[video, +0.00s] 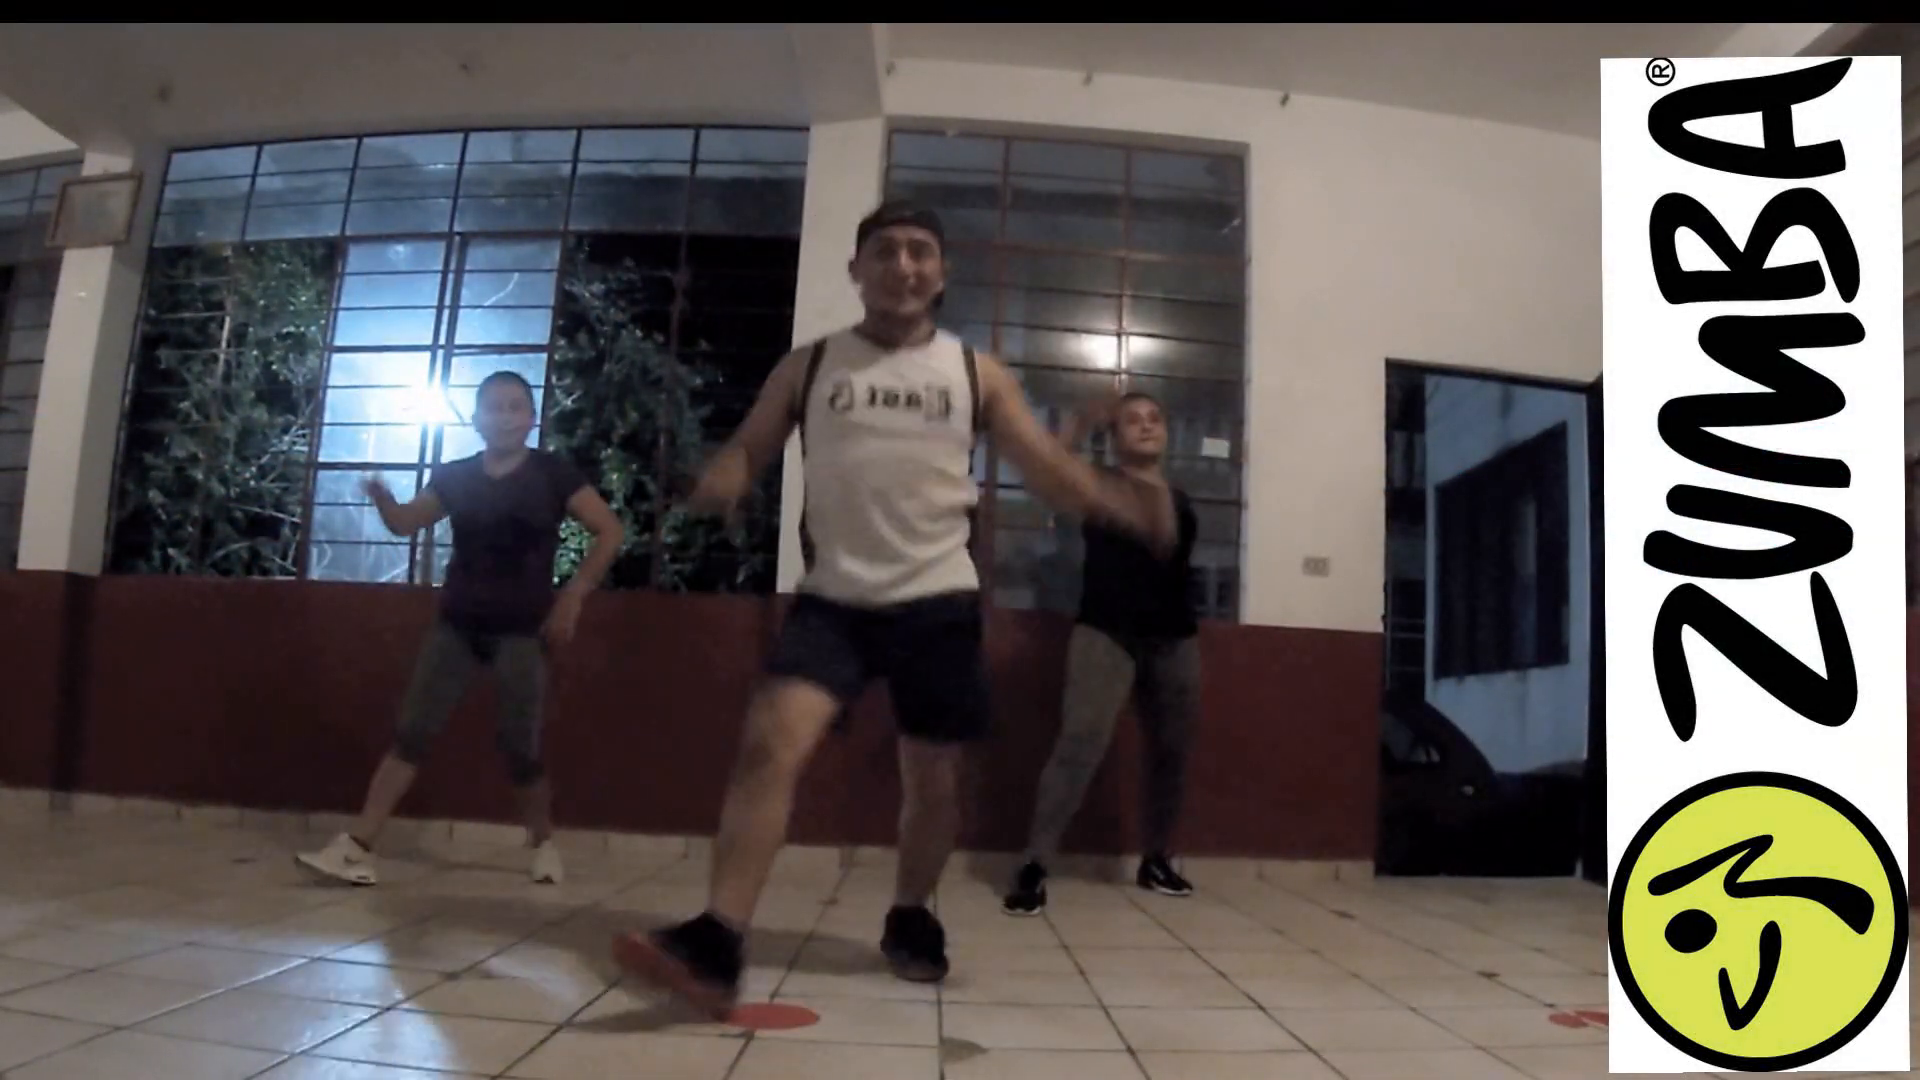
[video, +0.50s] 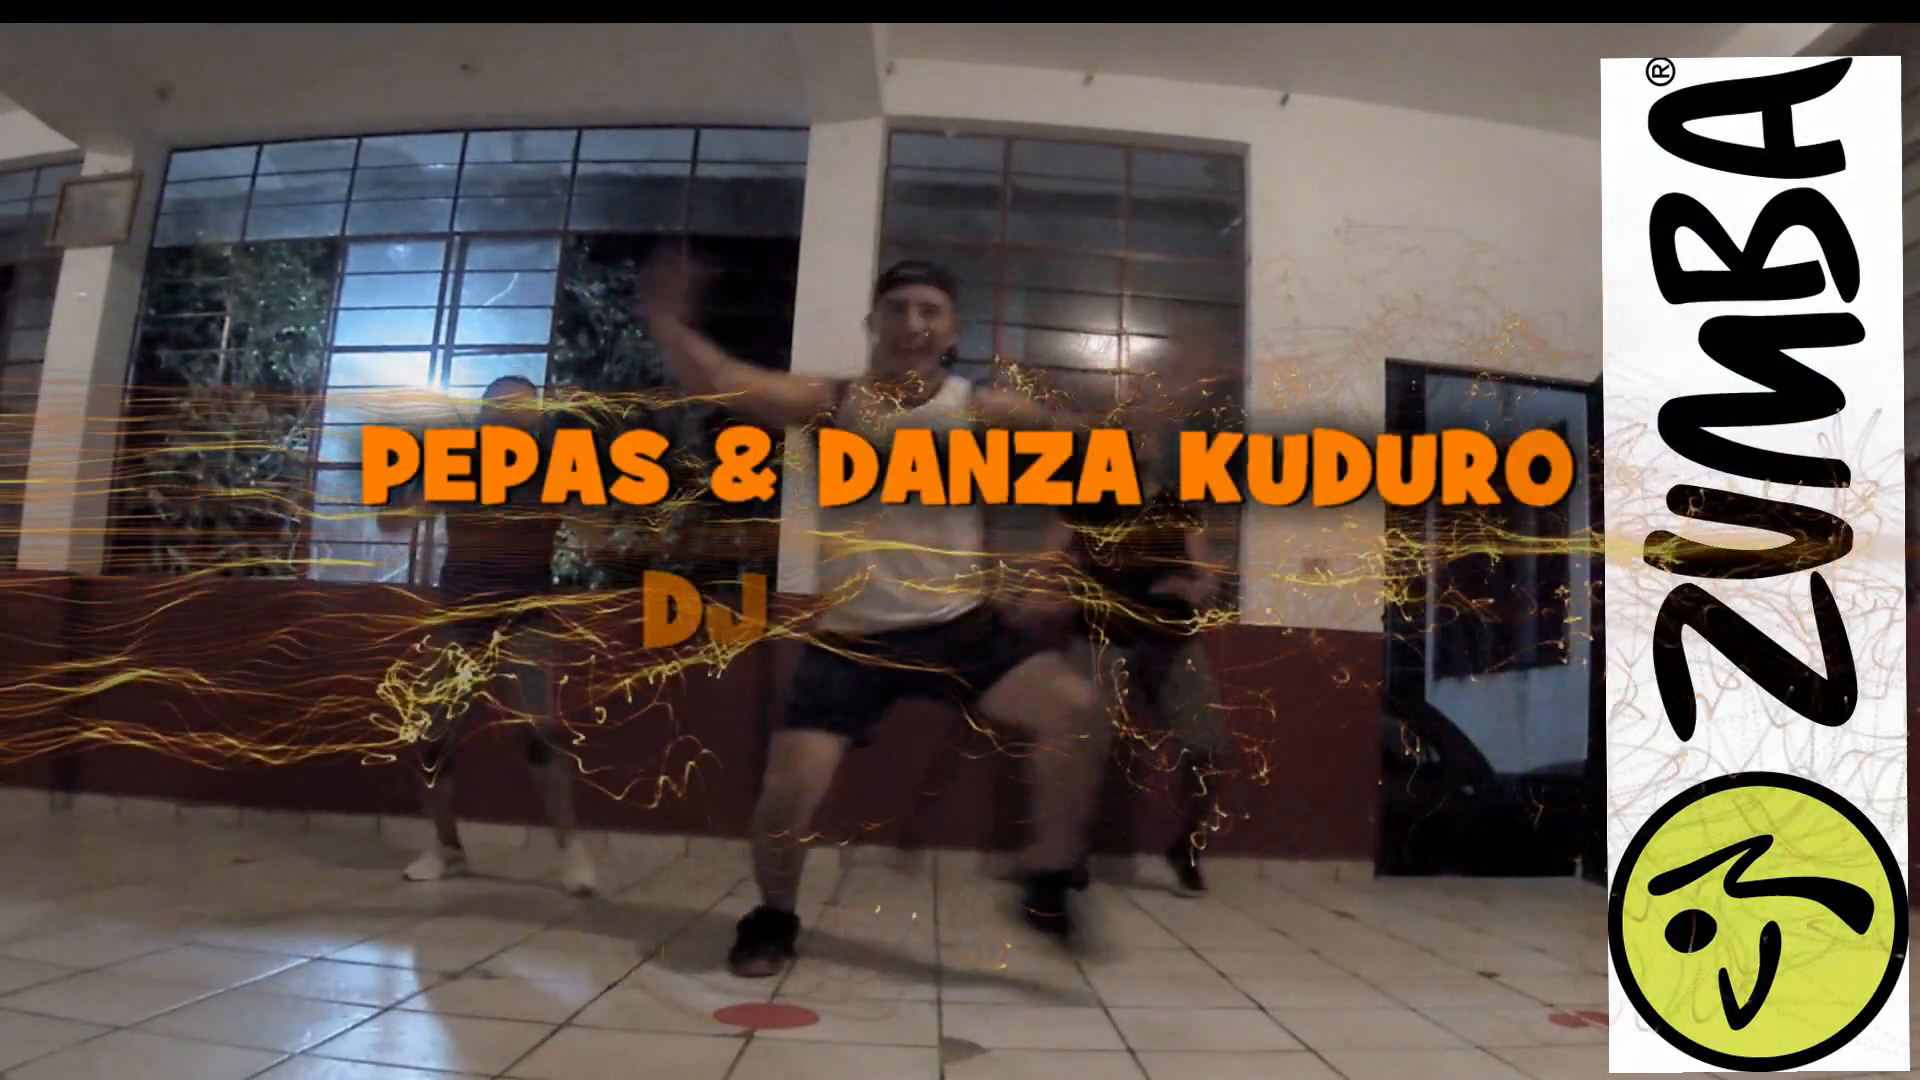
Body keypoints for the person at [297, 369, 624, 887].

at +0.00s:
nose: (506, 416)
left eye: (516, 407)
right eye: (495, 407)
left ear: (531, 416)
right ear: (478, 417)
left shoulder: (554, 473)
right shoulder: (455, 476)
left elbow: (611, 533)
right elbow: (403, 523)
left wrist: (571, 599)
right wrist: (383, 500)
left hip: (521, 629)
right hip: (457, 624)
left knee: (523, 748)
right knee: (411, 735)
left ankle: (541, 845)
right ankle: (357, 844)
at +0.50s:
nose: (514, 416)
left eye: (522, 408)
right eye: (505, 408)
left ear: (537, 413)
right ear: (486, 412)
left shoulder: (552, 462)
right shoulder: (458, 461)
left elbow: (595, 529)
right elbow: (395, 519)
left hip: (526, 607)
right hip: (462, 606)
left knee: (541, 727)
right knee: (437, 729)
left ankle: (571, 848)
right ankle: (445, 847)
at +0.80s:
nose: (556, 408)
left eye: (567, 397)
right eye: (547, 398)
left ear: (590, 397)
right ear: (535, 399)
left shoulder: (615, 453)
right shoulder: (517, 448)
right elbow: (450, 451)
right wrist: (406, 419)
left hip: (589, 595)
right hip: (516, 592)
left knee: (612, 728)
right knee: (475, 713)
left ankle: (643, 860)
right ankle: (451, 841)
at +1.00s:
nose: (601, 399)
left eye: (611, 389)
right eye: (591, 389)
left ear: (629, 396)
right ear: (572, 396)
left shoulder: (650, 455)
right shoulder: (553, 448)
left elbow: (685, 518)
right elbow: (484, 511)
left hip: (626, 612)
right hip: (554, 610)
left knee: (633, 740)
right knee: (520, 731)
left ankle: (649, 867)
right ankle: (515, 850)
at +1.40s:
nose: (590, 428)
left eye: (600, 417)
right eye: (579, 417)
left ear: (620, 424)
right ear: (564, 424)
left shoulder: (644, 486)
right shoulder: (540, 485)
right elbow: (462, 519)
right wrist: (490, 457)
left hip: (619, 629)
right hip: (546, 626)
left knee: (624, 746)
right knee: (487, 730)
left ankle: (650, 868)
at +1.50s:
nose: (559, 418)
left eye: (571, 407)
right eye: (550, 407)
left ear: (594, 414)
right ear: (538, 412)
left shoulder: (622, 473)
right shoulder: (516, 467)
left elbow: (688, 509)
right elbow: (435, 491)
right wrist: (423, 463)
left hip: (592, 630)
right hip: (517, 624)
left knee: (601, 745)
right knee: (442, 726)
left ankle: (646, 866)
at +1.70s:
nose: (489, 401)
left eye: (500, 392)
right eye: (481, 391)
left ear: (517, 400)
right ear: (466, 396)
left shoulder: (532, 462)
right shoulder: (442, 456)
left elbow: (596, 512)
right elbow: (391, 506)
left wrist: (657, 495)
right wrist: (335, 462)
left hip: (505, 609)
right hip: (432, 607)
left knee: (547, 730)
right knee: (388, 714)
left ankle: (607, 858)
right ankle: (369, 848)